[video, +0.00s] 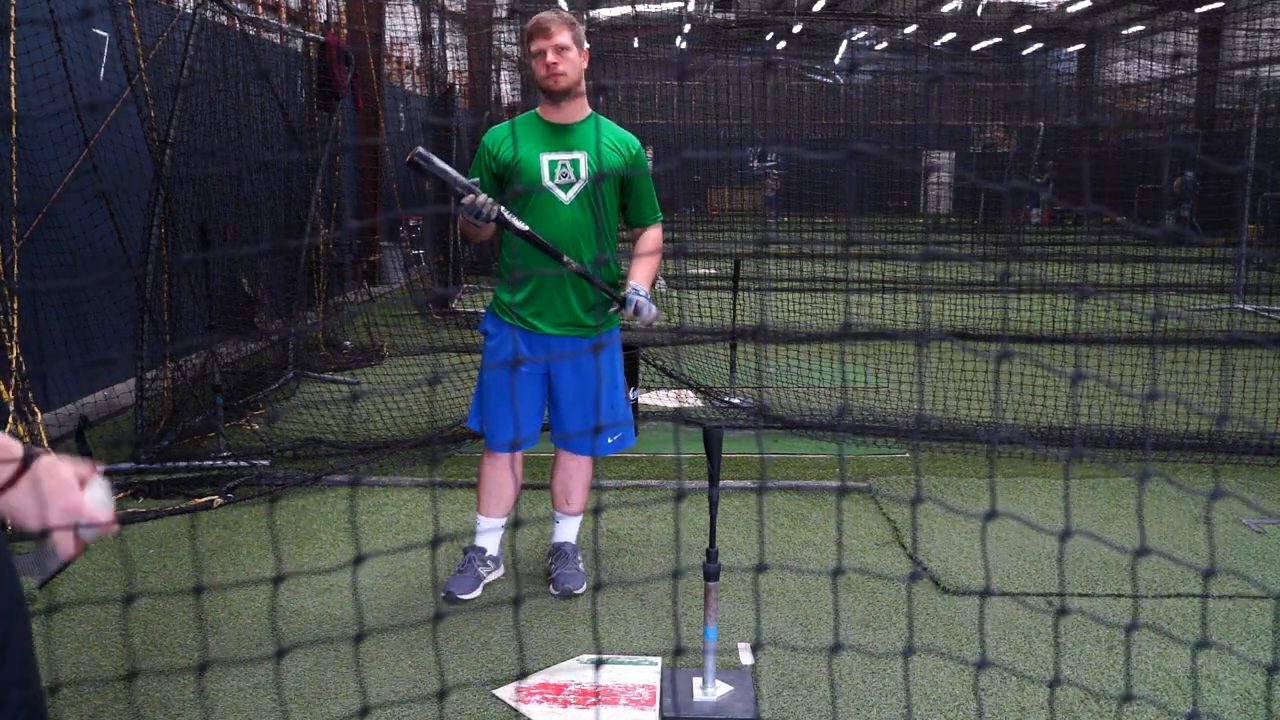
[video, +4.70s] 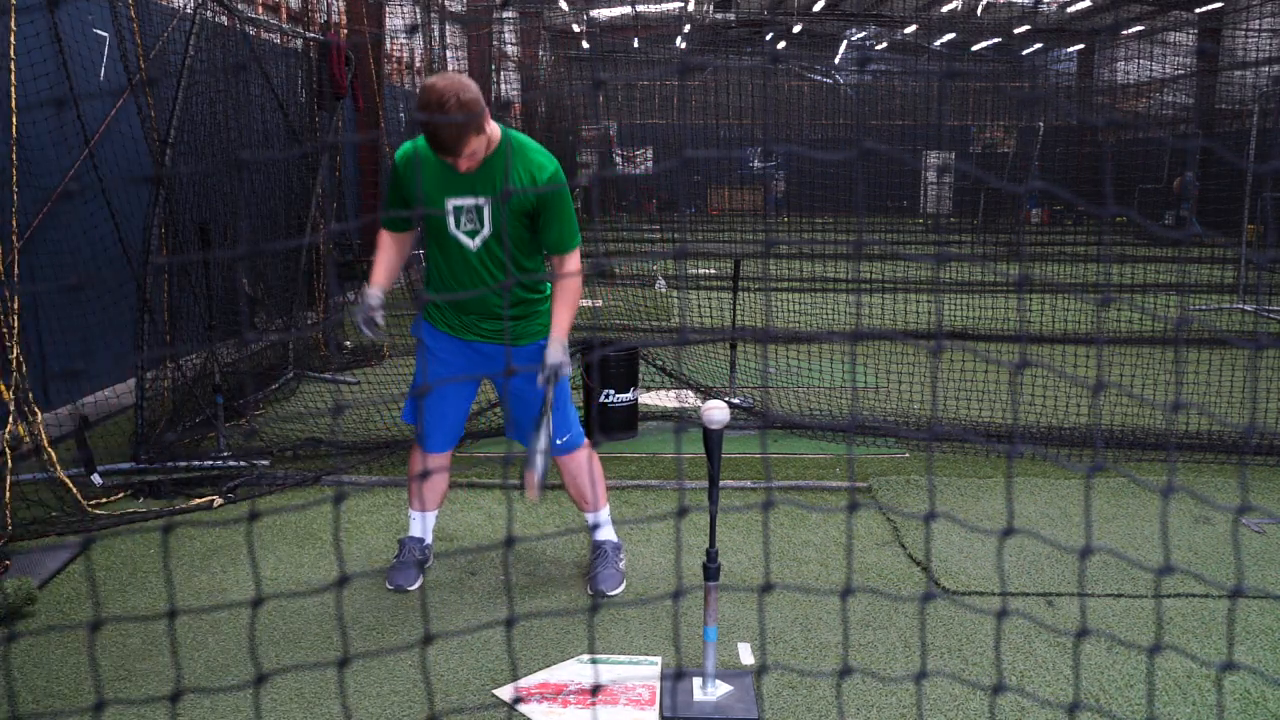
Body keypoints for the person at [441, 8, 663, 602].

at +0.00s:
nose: (551, 60)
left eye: (562, 49)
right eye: (540, 53)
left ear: (585, 57)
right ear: (529, 66)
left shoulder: (622, 148)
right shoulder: (500, 143)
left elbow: (648, 229)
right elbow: (477, 233)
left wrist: (638, 285)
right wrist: (477, 214)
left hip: (589, 322)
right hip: (515, 319)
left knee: (578, 437)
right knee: (501, 437)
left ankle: (566, 546)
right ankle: (486, 551)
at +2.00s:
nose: (574, 59)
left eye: (581, 49)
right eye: (560, 51)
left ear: (593, 58)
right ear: (538, 63)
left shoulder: (623, 148)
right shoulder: (504, 142)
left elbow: (654, 224)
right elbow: (464, 224)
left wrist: (640, 275)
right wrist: (476, 175)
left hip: (592, 324)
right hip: (516, 322)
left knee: (578, 441)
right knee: (503, 441)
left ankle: (566, 546)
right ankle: (486, 550)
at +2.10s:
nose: (575, 59)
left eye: (582, 50)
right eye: (562, 52)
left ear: (594, 59)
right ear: (538, 64)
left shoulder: (623, 148)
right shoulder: (503, 144)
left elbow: (654, 224)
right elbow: (467, 222)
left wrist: (637, 277)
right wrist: (474, 169)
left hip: (592, 322)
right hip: (516, 321)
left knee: (578, 440)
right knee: (502, 441)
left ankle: (566, 546)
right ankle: (486, 550)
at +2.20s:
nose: (577, 60)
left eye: (583, 51)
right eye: (564, 52)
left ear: (594, 59)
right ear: (537, 64)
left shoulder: (623, 148)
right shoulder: (506, 135)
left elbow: (654, 225)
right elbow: (473, 211)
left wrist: (630, 282)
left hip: (590, 324)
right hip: (515, 321)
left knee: (577, 441)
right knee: (501, 444)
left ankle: (566, 546)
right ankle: (486, 550)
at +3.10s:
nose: (516, 88)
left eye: (524, 75)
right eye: (502, 78)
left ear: (537, 71)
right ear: (478, 77)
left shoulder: (568, 147)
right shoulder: (446, 149)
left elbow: (607, 223)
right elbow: (415, 224)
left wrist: (584, 278)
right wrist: (424, 231)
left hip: (547, 324)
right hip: (469, 325)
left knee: (557, 440)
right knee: (455, 443)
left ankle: (564, 545)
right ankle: (434, 549)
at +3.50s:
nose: (435, 114)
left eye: (441, 101)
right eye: (421, 108)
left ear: (457, 77)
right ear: (403, 99)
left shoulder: (512, 134)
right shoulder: (391, 159)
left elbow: (561, 201)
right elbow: (388, 233)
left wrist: (552, 276)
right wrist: (381, 268)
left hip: (515, 319)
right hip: (436, 325)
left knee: (547, 434)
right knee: (436, 443)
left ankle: (577, 540)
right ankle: (430, 548)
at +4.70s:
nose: (461, 166)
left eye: (469, 154)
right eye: (449, 157)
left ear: (489, 122)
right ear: (430, 136)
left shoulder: (537, 172)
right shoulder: (411, 163)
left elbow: (568, 267)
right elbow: (395, 235)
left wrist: (557, 344)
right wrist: (374, 291)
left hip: (528, 332)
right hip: (447, 330)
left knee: (563, 438)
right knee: (430, 439)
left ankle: (605, 539)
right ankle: (417, 543)